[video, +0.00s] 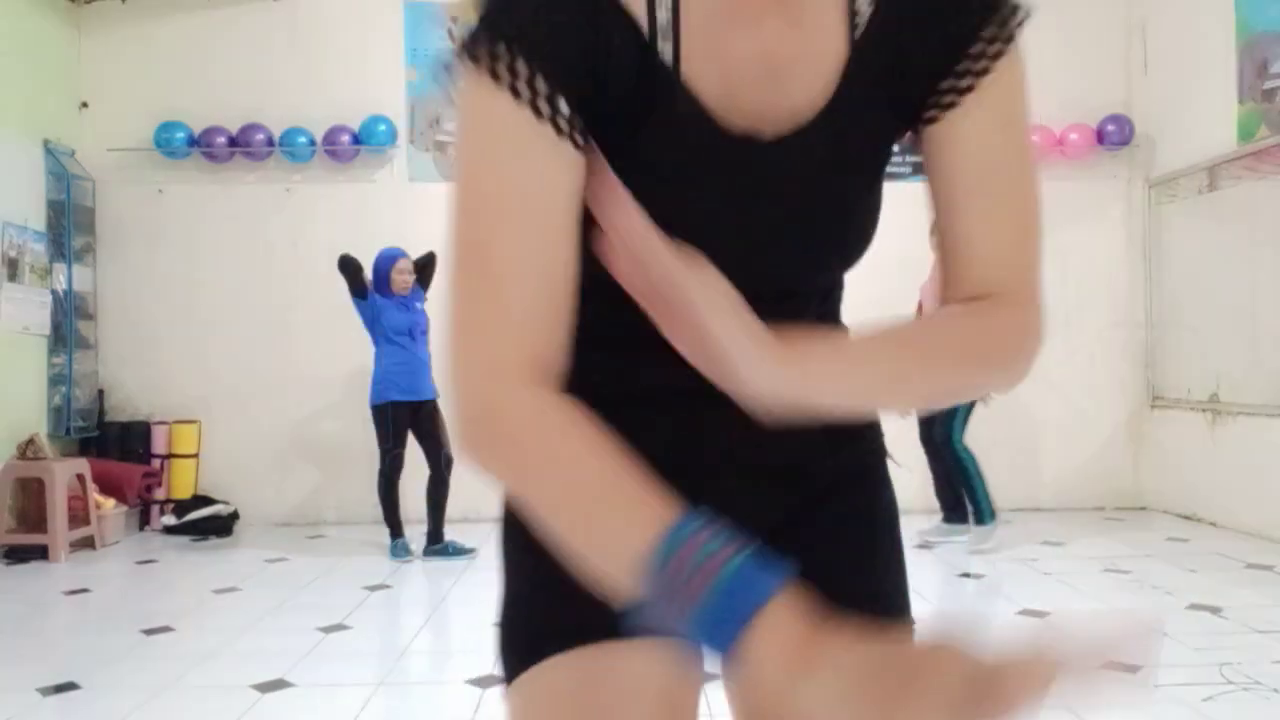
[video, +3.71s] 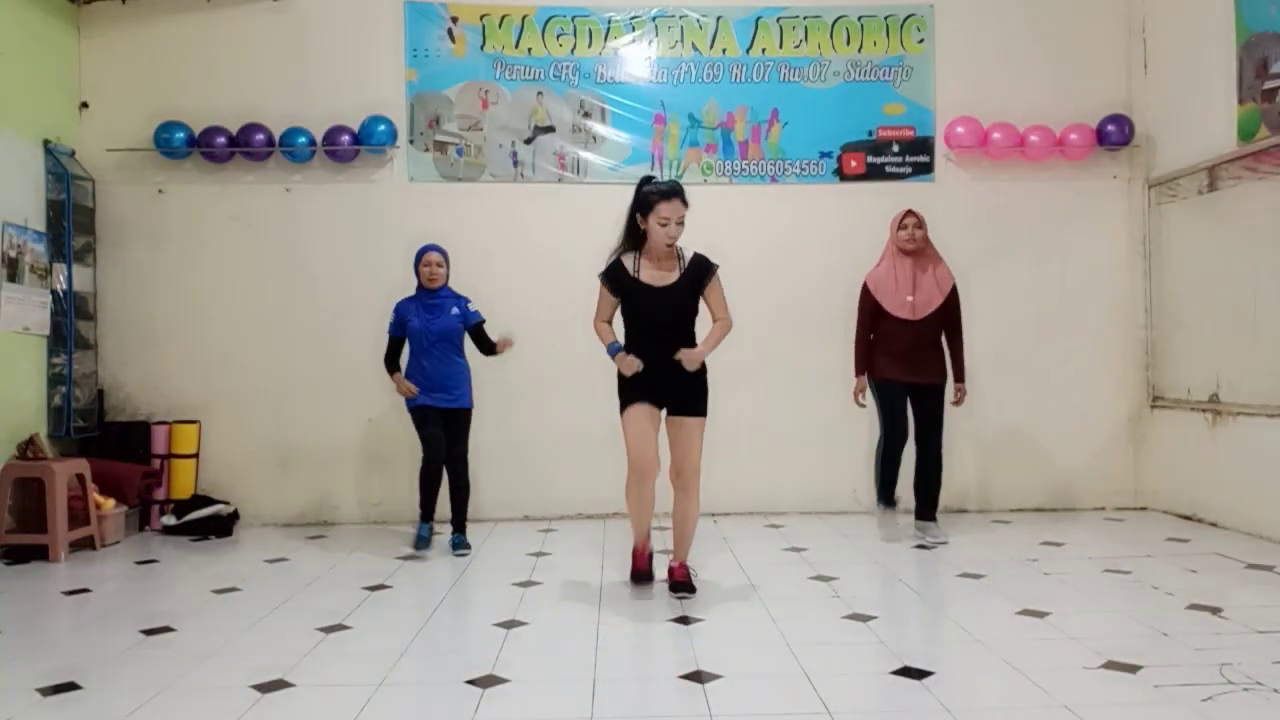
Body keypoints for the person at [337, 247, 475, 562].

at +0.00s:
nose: (406, 278)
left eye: (410, 272)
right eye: (399, 272)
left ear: (414, 276)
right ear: (384, 277)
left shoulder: (416, 300)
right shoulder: (374, 306)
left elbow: (431, 259)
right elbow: (351, 273)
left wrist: (410, 270)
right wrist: (353, 270)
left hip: (423, 395)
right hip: (389, 396)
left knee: (442, 461)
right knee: (392, 464)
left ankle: (435, 540)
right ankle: (397, 538)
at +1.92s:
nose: (412, 272)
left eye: (412, 266)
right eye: (404, 267)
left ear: (413, 272)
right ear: (388, 273)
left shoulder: (424, 302)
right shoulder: (375, 304)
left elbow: (461, 276)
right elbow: (346, 276)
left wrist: (426, 278)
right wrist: (367, 287)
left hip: (425, 394)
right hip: (389, 398)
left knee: (440, 461)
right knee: (401, 465)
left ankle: (448, 532)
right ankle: (399, 538)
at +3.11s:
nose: (406, 271)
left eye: (411, 266)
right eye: (399, 266)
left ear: (417, 271)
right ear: (387, 273)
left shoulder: (430, 302)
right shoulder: (375, 307)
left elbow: (483, 301)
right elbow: (322, 298)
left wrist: (467, 265)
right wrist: (348, 273)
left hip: (427, 395)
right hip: (390, 400)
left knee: (430, 459)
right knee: (400, 468)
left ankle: (456, 529)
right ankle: (398, 539)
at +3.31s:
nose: (414, 270)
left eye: (420, 265)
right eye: (408, 266)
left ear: (427, 271)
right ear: (397, 272)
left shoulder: (439, 304)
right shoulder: (385, 308)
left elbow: (491, 320)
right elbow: (336, 328)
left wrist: (494, 282)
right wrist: (356, 294)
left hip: (435, 398)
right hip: (399, 401)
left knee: (439, 464)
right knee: (404, 468)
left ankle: (459, 530)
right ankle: (398, 538)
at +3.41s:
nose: (421, 272)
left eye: (427, 267)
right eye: (415, 267)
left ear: (435, 272)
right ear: (404, 273)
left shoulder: (445, 307)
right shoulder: (392, 311)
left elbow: (493, 332)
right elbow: (357, 351)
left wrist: (506, 298)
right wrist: (366, 325)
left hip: (442, 400)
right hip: (405, 402)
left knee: (446, 467)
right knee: (410, 469)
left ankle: (458, 533)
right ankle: (399, 538)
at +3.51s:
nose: (427, 271)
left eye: (433, 267)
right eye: (421, 266)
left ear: (441, 272)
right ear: (411, 272)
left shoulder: (452, 306)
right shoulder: (399, 309)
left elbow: (491, 339)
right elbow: (385, 348)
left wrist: (511, 313)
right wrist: (379, 360)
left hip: (450, 395)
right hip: (413, 397)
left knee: (454, 465)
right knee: (419, 465)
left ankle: (459, 533)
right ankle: (402, 535)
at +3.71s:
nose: (432, 270)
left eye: (438, 265)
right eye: (426, 265)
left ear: (447, 270)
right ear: (417, 270)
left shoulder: (460, 304)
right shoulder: (405, 308)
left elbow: (484, 346)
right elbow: (391, 356)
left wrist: (497, 347)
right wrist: (397, 377)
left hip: (457, 395)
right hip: (421, 395)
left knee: (457, 461)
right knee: (434, 454)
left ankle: (459, 532)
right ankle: (425, 523)